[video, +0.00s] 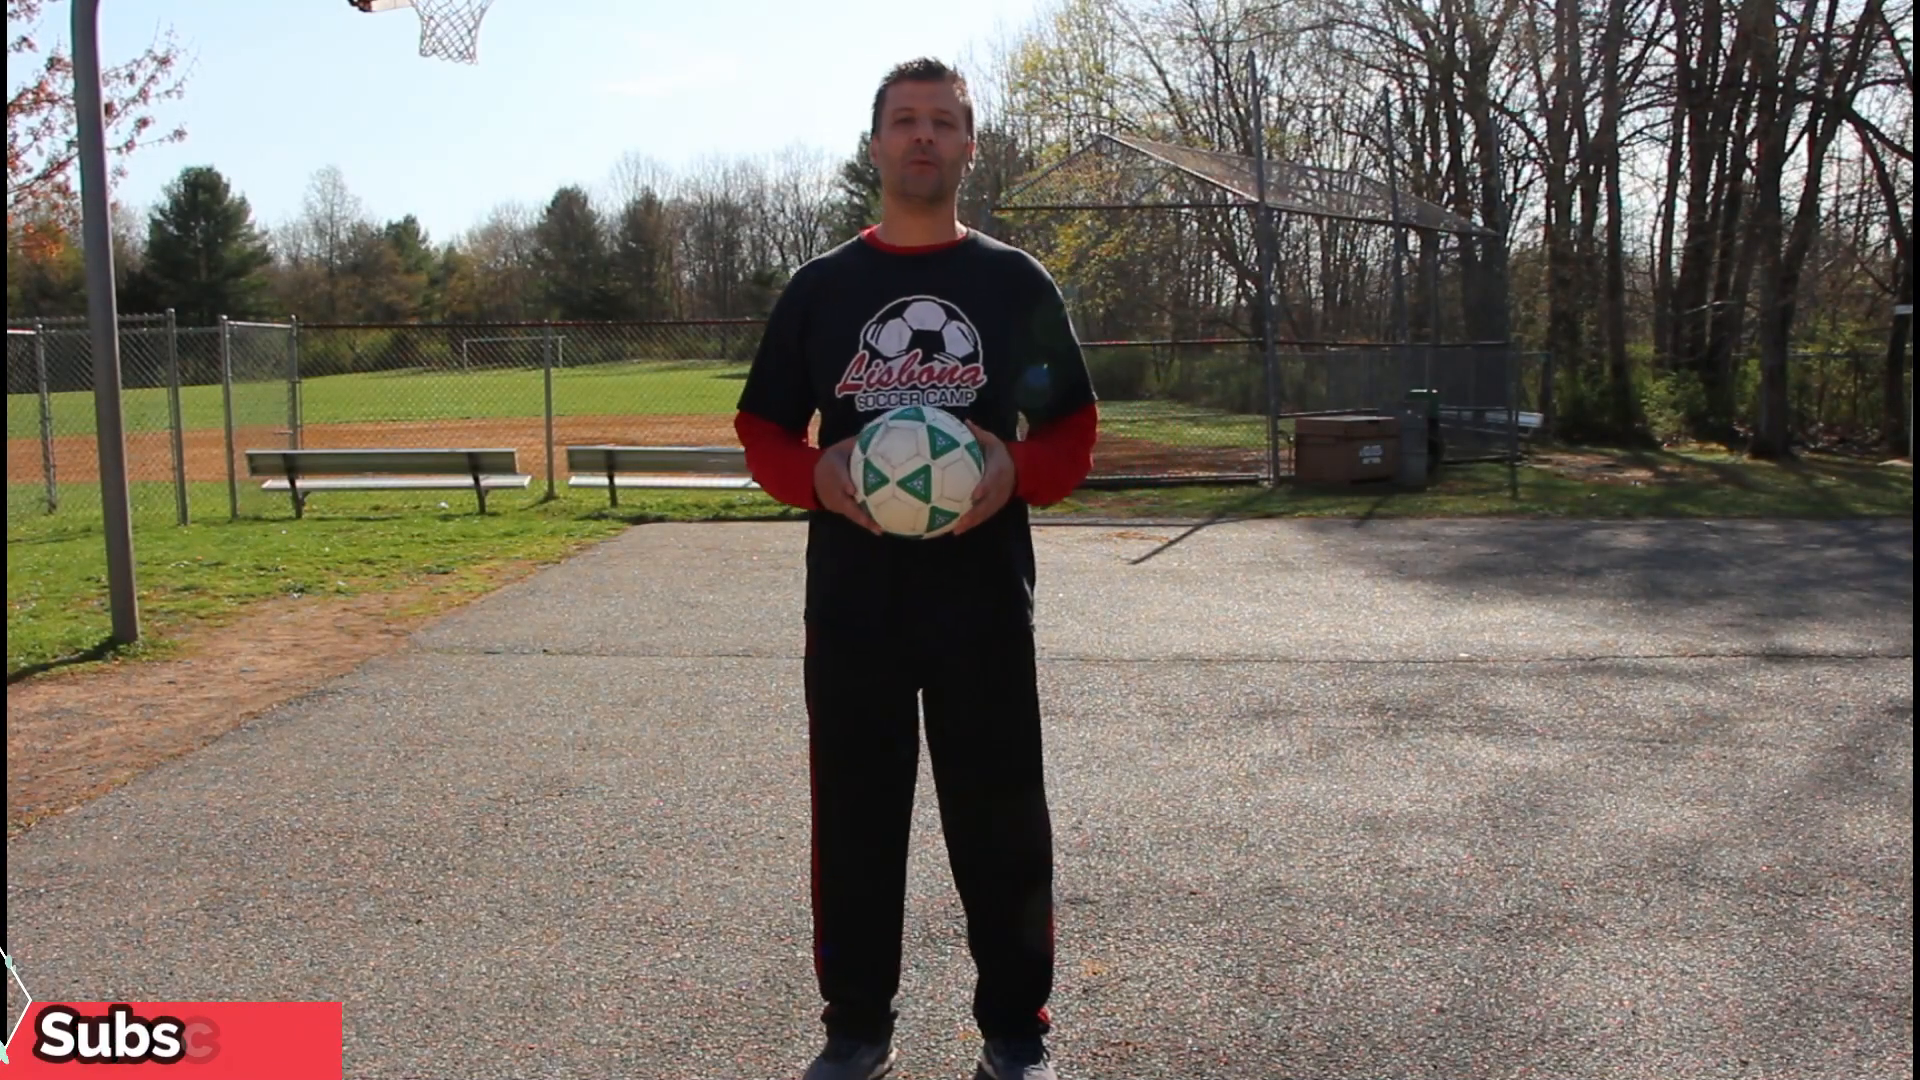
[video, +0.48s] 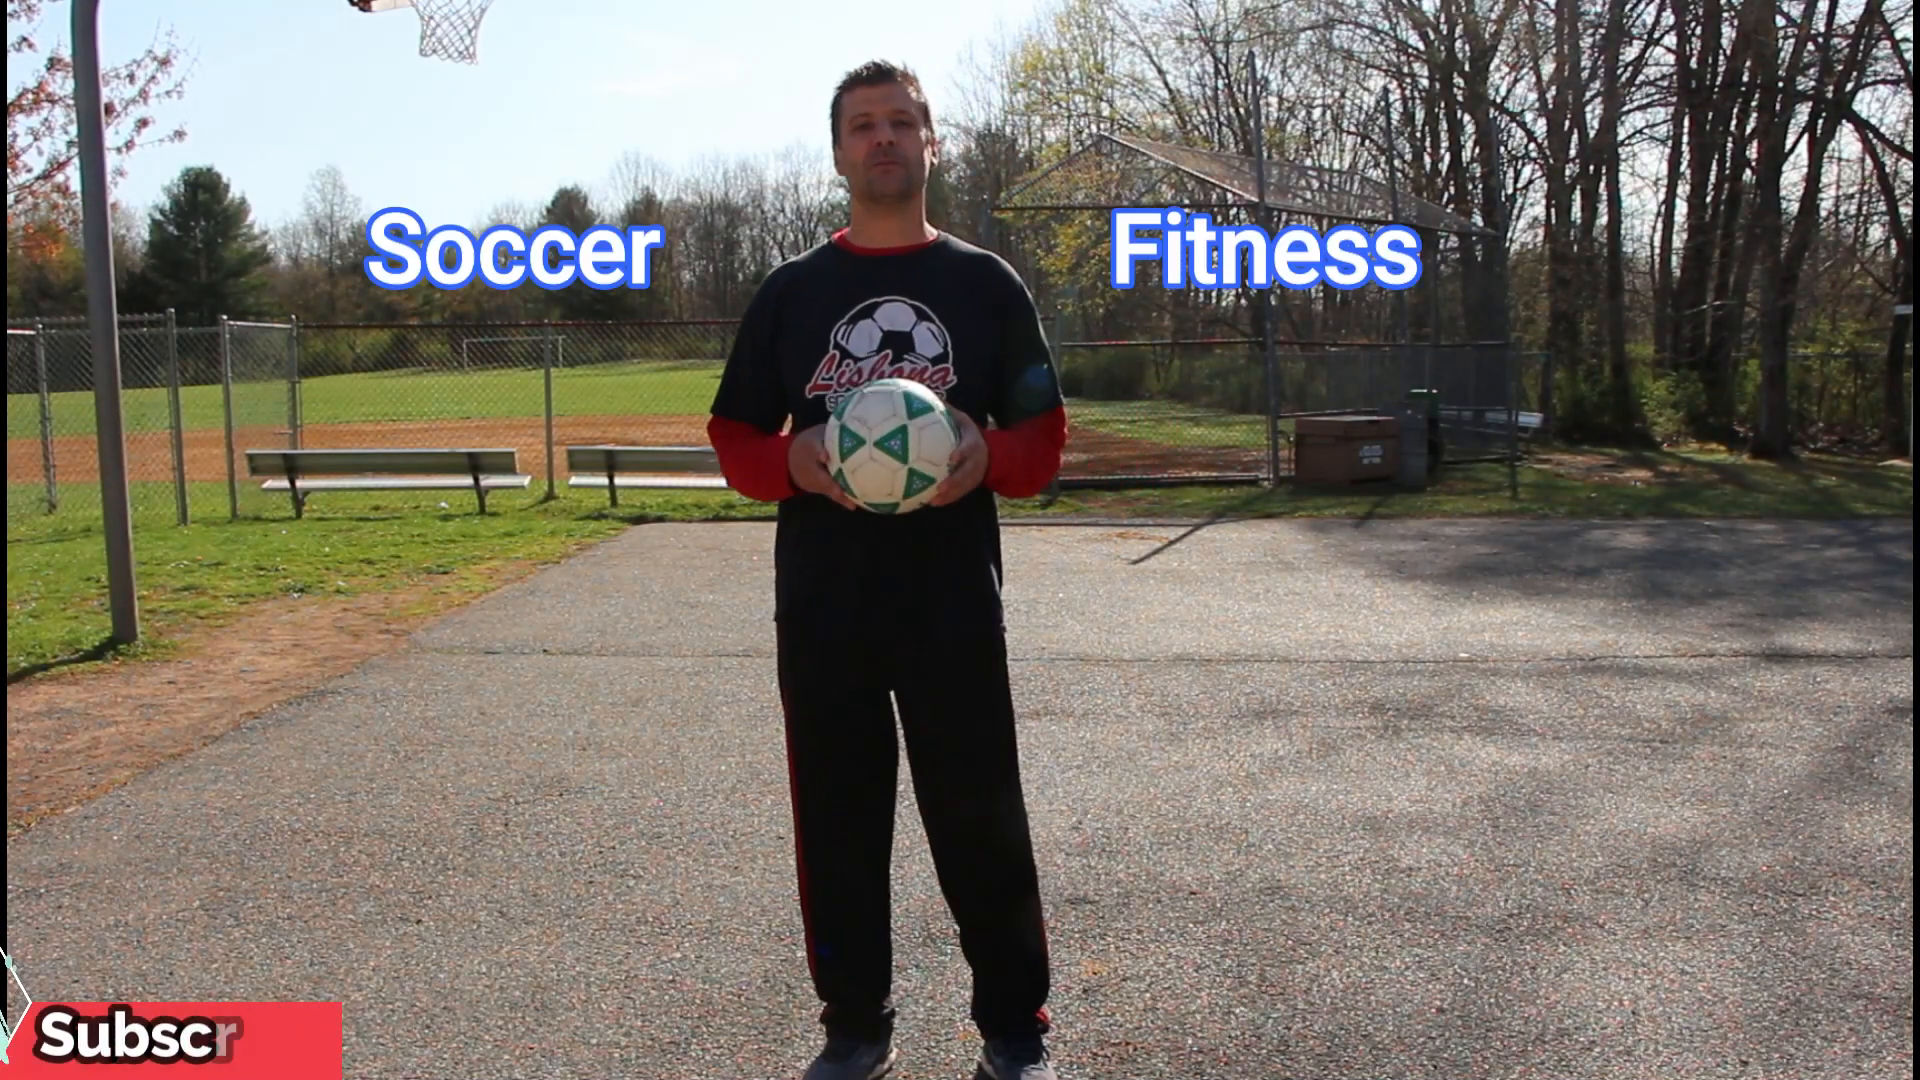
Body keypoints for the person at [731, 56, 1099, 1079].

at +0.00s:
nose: (925, 136)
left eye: (945, 122)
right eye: (905, 121)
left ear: (971, 148)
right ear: (874, 144)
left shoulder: (1017, 283)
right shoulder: (817, 288)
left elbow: (1075, 425)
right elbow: (760, 423)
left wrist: (1018, 470)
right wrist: (811, 475)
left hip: (980, 587)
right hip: (852, 589)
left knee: (999, 809)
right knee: (852, 811)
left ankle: (1015, 1030)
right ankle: (854, 1026)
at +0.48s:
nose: (886, 139)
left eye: (903, 123)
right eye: (864, 127)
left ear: (932, 143)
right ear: (837, 153)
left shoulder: (988, 283)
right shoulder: (788, 293)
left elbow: (1044, 437)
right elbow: (732, 438)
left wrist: (987, 456)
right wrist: (788, 462)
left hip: (950, 593)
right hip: (823, 598)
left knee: (979, 812)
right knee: (835, 818)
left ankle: (1016, 1029)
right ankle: (853, 1025)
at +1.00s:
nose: (880, 148)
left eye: (897, 131)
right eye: (857, 133)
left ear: (923, 148)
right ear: (828, 155)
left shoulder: (974, 287)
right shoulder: (774, 293)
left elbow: (1028, 433)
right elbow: (719, 427)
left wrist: (976, 486)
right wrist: (771, 480)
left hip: (935, 594)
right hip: (810, 597)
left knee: (968, 814)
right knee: (826, 819)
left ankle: (1013, 1029)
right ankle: (853, 1025)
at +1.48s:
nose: (894, 141)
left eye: (917, 128)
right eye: (876, 124)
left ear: (945, 154)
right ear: (849, 145)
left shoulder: (994, 283)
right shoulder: (787, 288)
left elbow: (1047, 426)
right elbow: (734, 428)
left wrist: (998, 463)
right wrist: (789, 474)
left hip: (957, 591)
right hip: (830, 595)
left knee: (983, 815)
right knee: (838, 819)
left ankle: (1014, 1028)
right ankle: (853, 1026)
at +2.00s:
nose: (935, 143)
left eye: (959, 131)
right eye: (919, 124)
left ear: (986, 160)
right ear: (889, 142)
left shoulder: (1025, 285)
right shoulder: (824, 286)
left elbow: (1079, 429)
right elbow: (774, 422)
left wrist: (1028, 454)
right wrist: (817, 478)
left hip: (991, 599)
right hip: (862, 599)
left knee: (1007, 817)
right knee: (858, 818)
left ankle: (1014, 1028)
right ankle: (854, 1027)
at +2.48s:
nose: (976, 147)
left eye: (997, 132)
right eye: (957, 130)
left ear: (1020, 153)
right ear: (922, 146)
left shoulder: (1062, 290)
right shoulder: (856, 289)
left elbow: (1119, 431)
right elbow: (801, 428)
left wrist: (1060, 465)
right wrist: (855, 466)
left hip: (1023, 593)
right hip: (893, 591)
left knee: (1024, 813)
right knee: (878, 808)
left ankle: (1018, 1030)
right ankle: (857, 1025)